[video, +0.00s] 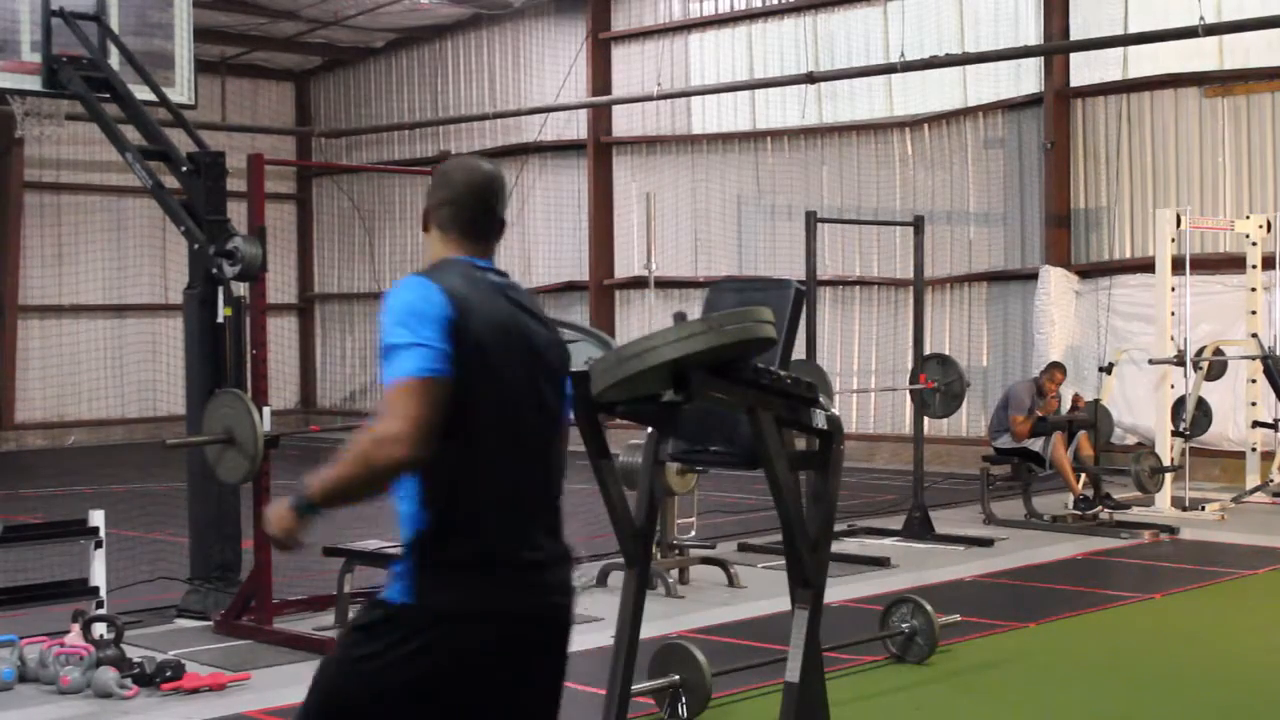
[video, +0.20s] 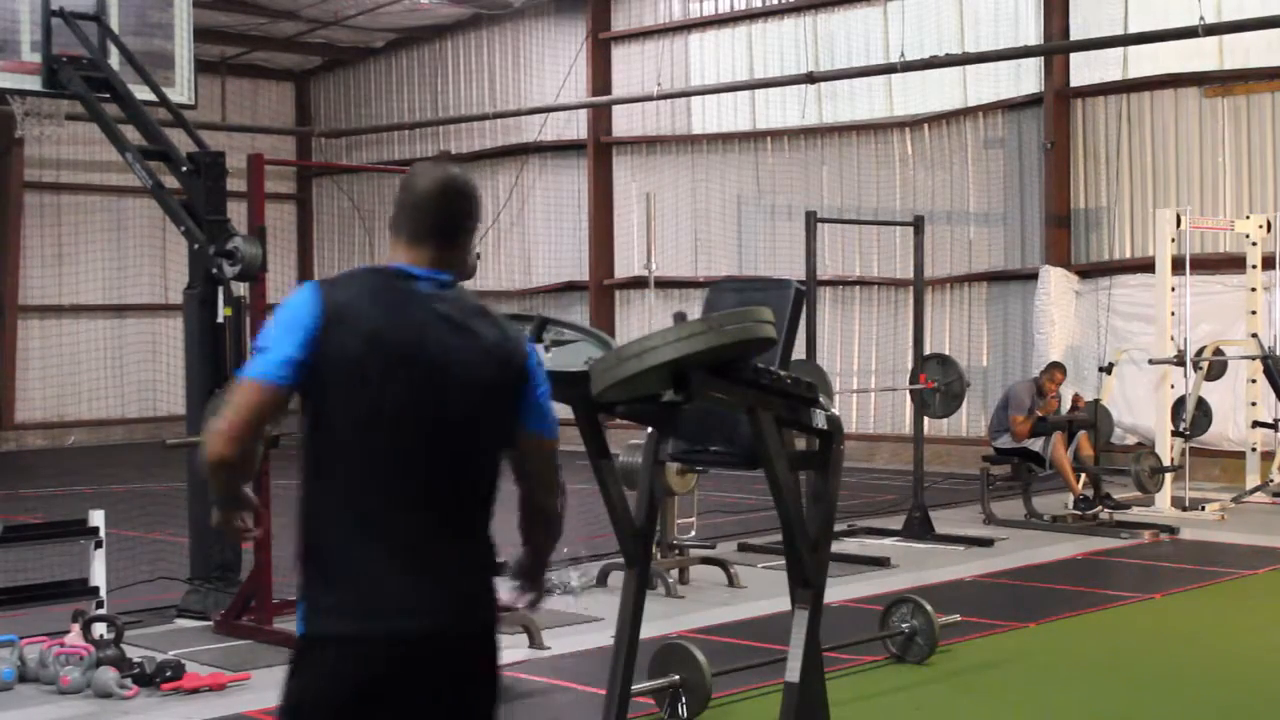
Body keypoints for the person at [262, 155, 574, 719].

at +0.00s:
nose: (425, 220)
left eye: (426, 212)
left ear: (427, 218)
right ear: (499, 229)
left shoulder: (423, 294)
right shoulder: (538, 323)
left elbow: (402, 437)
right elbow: (546, 461)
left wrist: (302, 502)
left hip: (438, 601)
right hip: (537, 600)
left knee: (331, 711)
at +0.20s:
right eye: (469, 235)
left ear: (393, 225)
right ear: (467, 243)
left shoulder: (319, 306)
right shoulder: (504, 347)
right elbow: (544, 495)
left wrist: (229, 502)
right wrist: (534, 565)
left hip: (344, 627)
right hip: (456, 626)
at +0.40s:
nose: (428, 240)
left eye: (427, 227)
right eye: (426, 227)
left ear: (344, 222)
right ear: (411, 230)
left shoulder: (260, 314)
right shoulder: (458, 336)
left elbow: (202, 452)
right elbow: (496, 486)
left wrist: (259, 469)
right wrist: (560, 571)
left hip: (291, 615)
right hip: (405, 618)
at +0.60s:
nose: (427, 254)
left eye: (427, 240)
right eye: (424, 238)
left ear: (338, 233)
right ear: (398, 237)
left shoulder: (247, 326)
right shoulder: (431, 341)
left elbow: (224, 466)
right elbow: (447, 499)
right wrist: (529, 571)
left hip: (273, 627)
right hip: (388, 630)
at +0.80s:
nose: (453, 283)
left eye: (457, 268)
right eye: (454, 265)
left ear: (376, 249)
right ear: (427, 255)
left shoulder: (271, 328)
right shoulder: (436, 349)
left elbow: (242, 460)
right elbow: (439, 502)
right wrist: (543, 530)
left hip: (271, 620)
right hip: (382, 623)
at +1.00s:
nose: (466, 290)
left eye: (470, 274)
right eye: (466, 271)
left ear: (381, 256)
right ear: (433, 258)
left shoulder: (289, 325)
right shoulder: (434, 346)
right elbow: (496, 484)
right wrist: (591, 441)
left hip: (268, 603)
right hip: (367, 607)